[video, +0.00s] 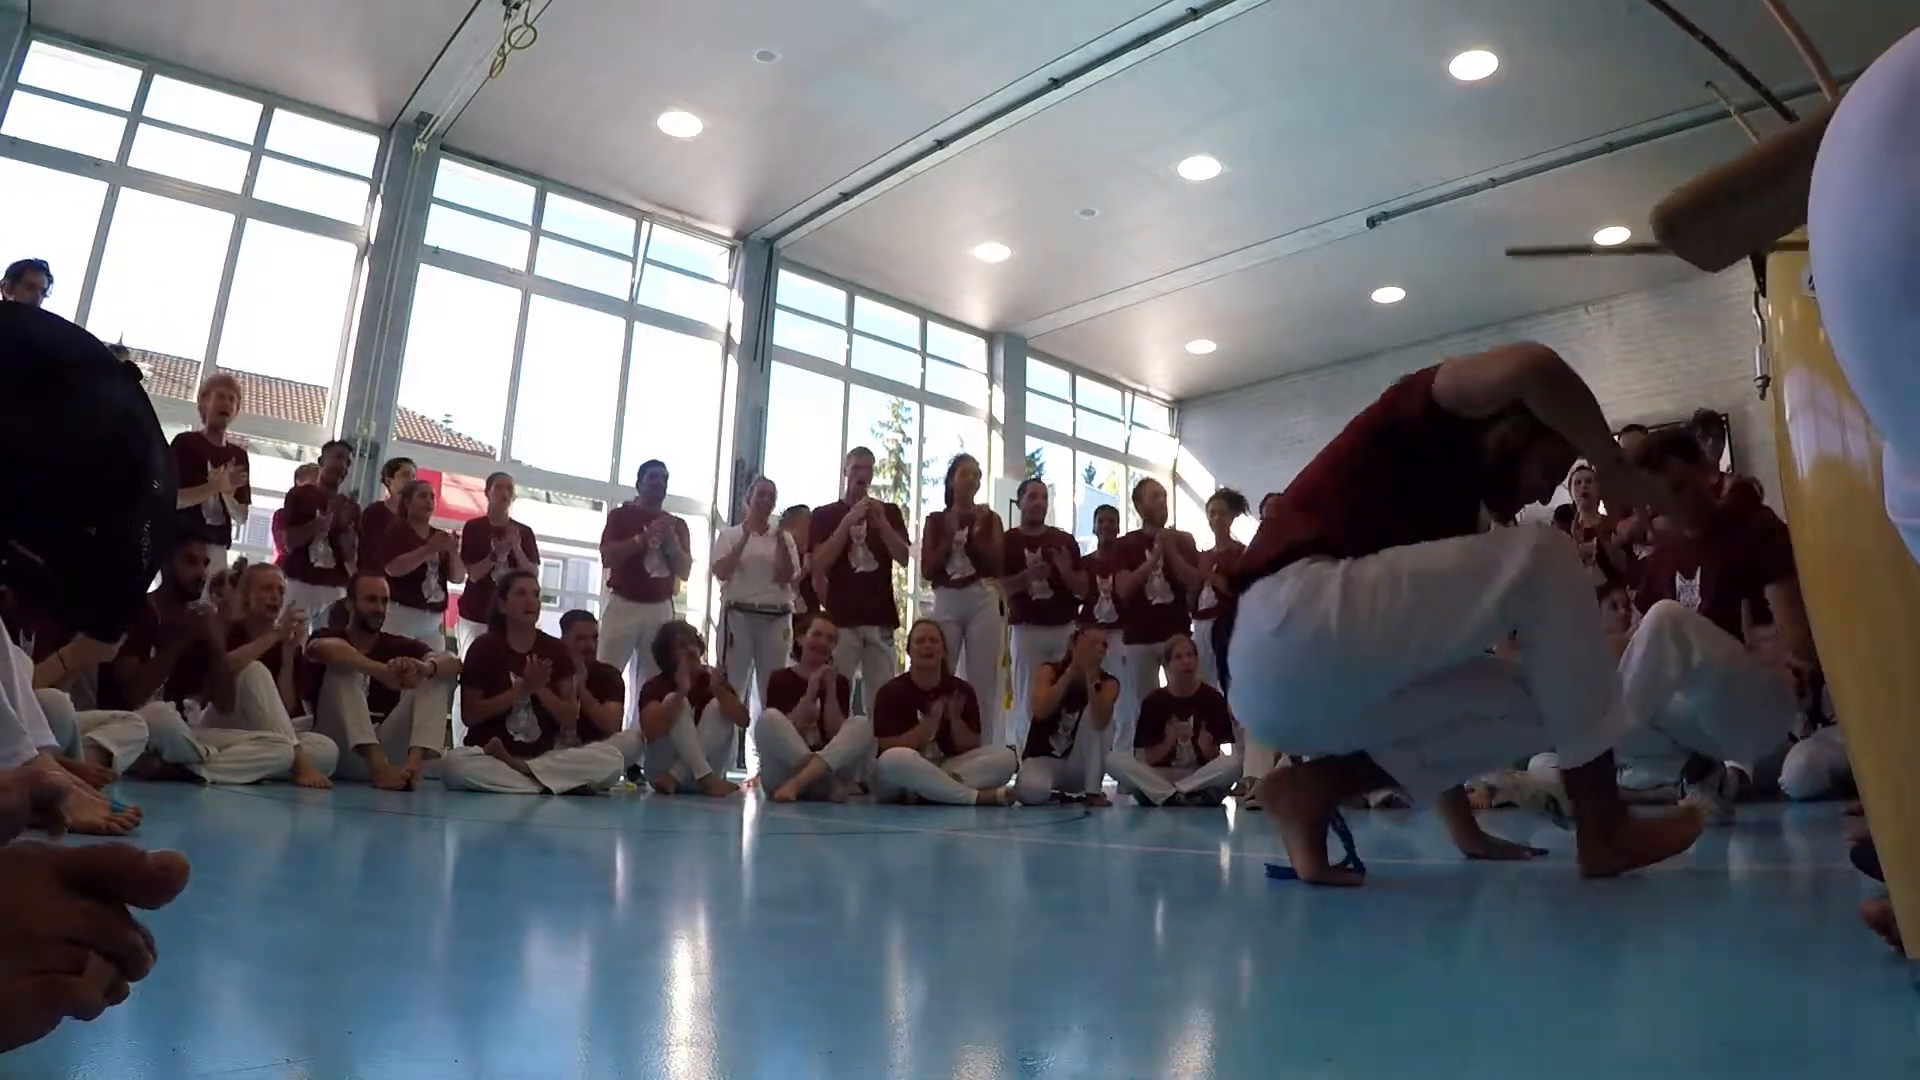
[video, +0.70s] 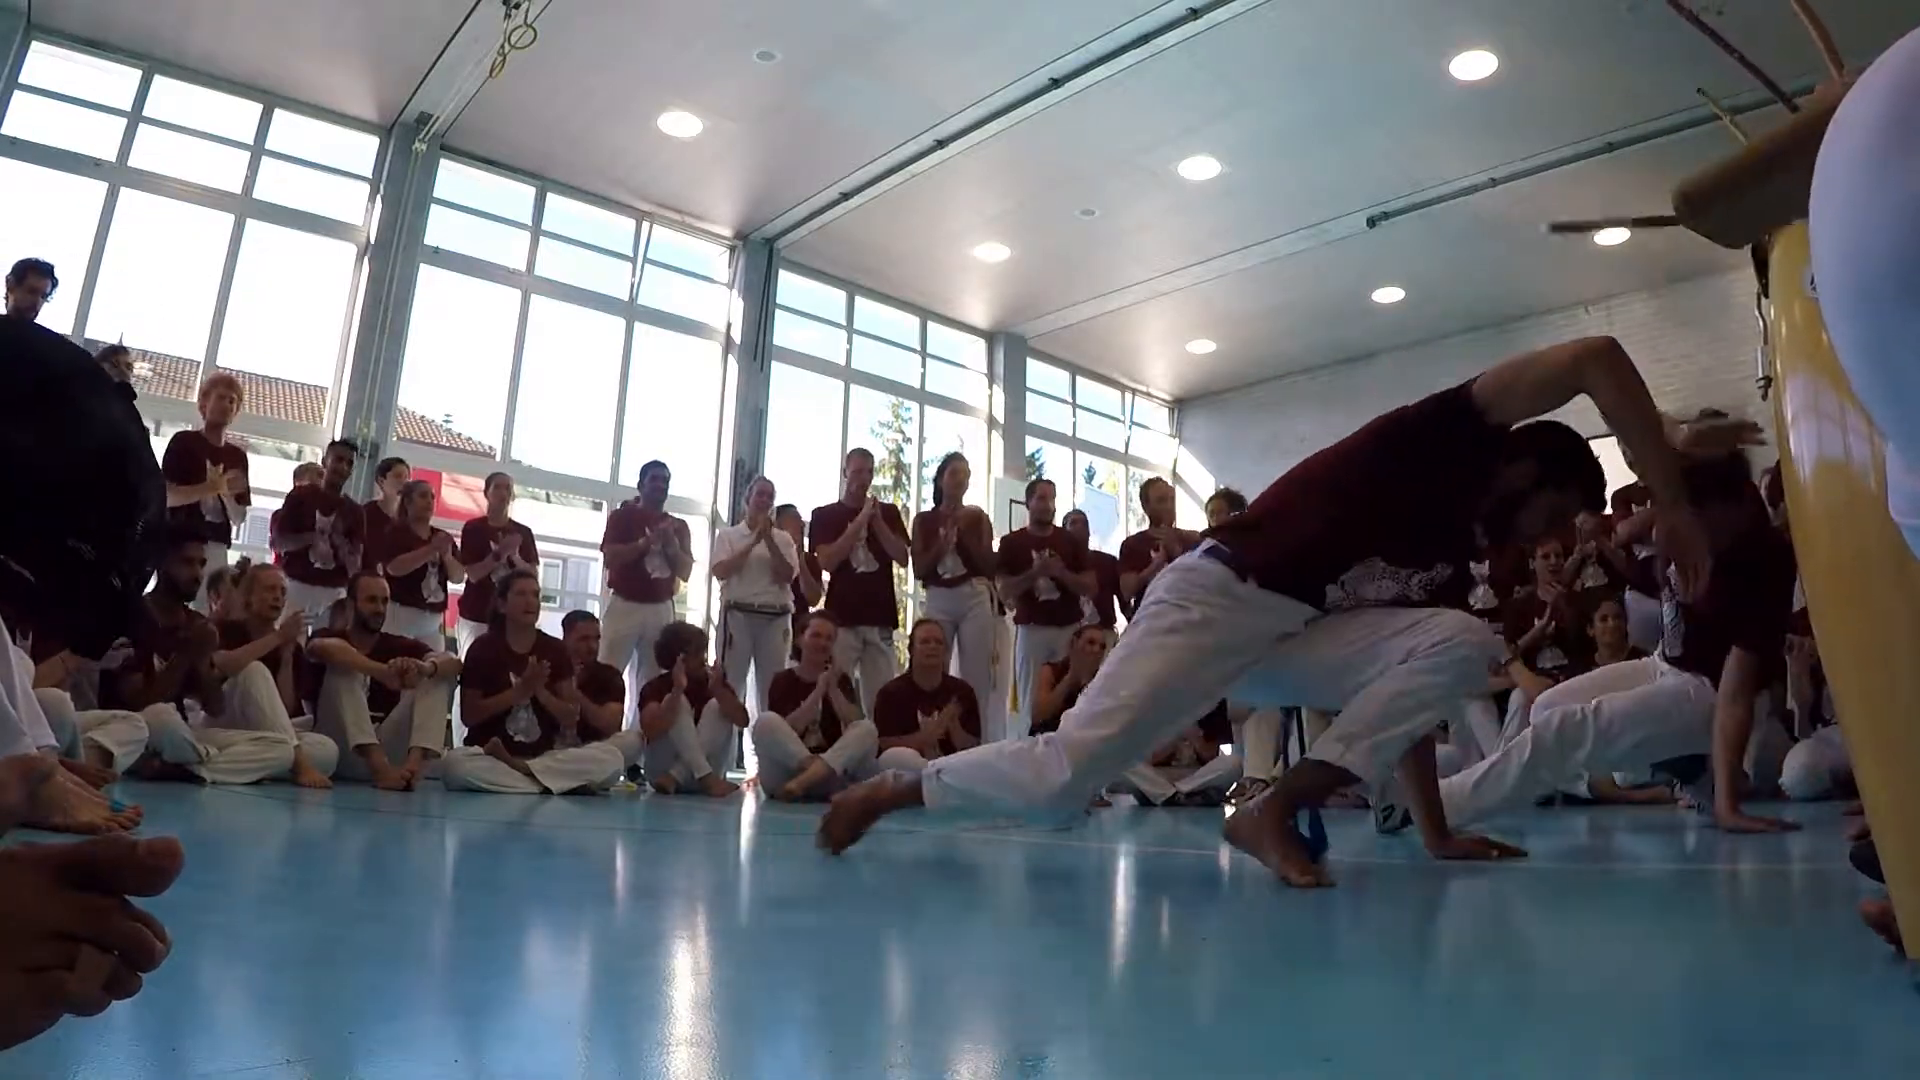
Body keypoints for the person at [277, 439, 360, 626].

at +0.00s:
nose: (343, 466)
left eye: (348, 462)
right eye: (338, 457)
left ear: (349, 469)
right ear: (321, 460)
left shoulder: (349, 506)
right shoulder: (298, 495)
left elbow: (351, 556)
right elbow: (288, 541)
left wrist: (343, 525)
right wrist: (317, 526)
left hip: (334, 586)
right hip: (299, 582)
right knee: (289, 648)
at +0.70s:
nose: (343, 467)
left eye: (349, 463)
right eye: (338, 460)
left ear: (352, 470)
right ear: (325, 461)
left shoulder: (355, 511)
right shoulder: (300, 496)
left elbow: (354, 564)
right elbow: (279, 542)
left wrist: (338, 541)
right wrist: (314, 538)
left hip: (335, 590)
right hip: (297, 585)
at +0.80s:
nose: (344, 466)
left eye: (350, 462)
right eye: (339, 458)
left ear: (352, 468)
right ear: (324, 461)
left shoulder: (356, 511)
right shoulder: (297, 498)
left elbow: (358, 555)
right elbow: (272, 541)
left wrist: (350, 561)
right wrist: (300, 548)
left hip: (335, 593)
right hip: (296, 588)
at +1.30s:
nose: (336, 467)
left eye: (341, 462)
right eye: (329, 461)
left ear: (346, 467)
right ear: (316, 465)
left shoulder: (351, 507)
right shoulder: (298, 498)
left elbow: (352, 555)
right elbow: (290, 543)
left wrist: (351, 525)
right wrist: (314, 512)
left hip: (335, 588)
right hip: (300, 583)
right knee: (292, 648)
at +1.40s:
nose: (335, 467)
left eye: (340, 462)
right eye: (329, 461)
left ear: (345, 466)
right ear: (316, 464)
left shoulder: (352, 506)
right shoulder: (299, 497)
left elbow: (350, 552)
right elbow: (293, 543)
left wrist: (342, 523)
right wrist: (319, 532)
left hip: (336, 584)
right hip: (302, 580)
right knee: (293, 645)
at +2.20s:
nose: (337, 470)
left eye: (342, 465)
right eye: (331, 463)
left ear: (347, 469)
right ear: (318, 464)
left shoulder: (354, 508)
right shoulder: (298, 498)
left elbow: (357, 554)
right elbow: (287, 548)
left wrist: (352, 538)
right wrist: (316, 530)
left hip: (337, 591)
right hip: (301, 587)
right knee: (290, 651)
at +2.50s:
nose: (337, 470)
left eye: (342, 465)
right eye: (331, 463)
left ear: (346, 469)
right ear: (318, 465)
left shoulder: (353, 508)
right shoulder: (299, 497)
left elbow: (351, 551)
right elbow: (293, 543)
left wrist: (345, 519)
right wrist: (326, 520)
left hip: (335, 589)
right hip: (301, 584)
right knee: (292, 650)